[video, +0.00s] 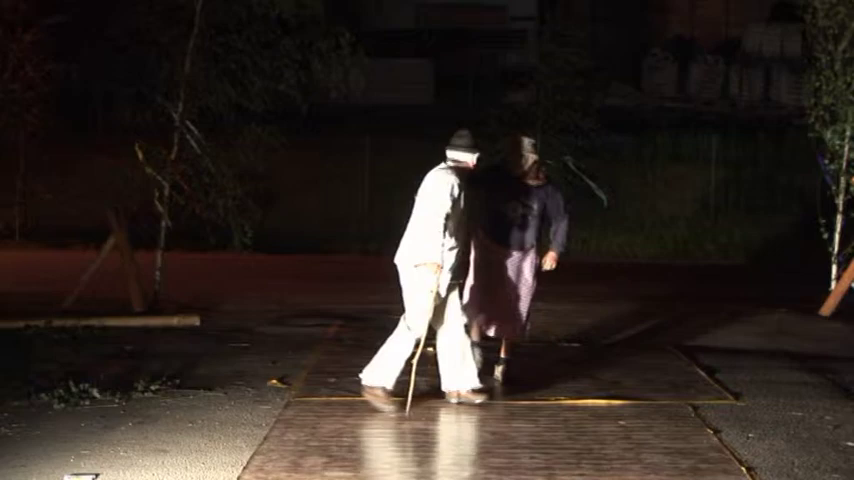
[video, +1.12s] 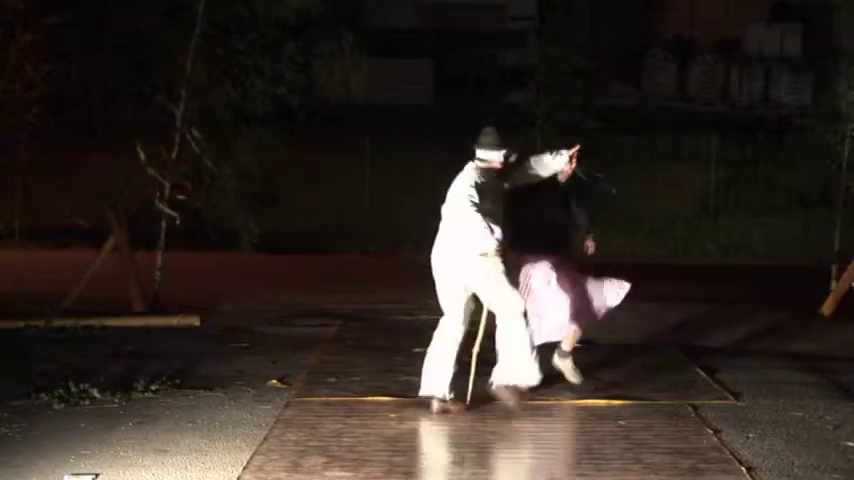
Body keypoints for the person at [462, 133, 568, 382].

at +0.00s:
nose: (520, 161)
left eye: (525, 156)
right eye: (517, 156)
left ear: (533, 158)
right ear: (507, 156)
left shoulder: (542, 188)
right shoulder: (490, 179)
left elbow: (559, 220)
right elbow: (472, 209)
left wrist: (554, 249)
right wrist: (472, 237)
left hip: (522, 254)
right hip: (487, 249)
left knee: (515, 307)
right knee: (478, 302)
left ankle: (502, 362)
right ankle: (474, 349)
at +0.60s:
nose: (524, 162)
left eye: (528, 157)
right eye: (519, 157)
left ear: (535, 158)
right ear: (510, 158)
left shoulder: (544, 184)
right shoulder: (498, 182)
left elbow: (556, 215)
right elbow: (487, 217)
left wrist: (555, 245)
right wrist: (494, 248)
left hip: (536, 254)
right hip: (505, 254)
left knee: (536, 310)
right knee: (512, 311)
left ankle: (518, 349)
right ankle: (517, 367)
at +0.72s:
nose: (481, 167)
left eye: (481, 162)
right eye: (476, 163)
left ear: (478, 165)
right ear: (461, 164)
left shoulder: (482, 197)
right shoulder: (446, 187)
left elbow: (522, 210)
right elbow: (427, 220)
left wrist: (560, 219)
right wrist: (446, 252)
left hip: (474, 269)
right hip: (440, 265)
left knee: (472, 329)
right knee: (477, 299)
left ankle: (452, 391)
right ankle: (439, 351)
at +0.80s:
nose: (485, 158)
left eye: (485, 152)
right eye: (480, 153)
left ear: (484, 154)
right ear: (466, 155)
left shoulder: (487, 180)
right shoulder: (450, 179)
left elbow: (520, 182)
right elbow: (433, 216)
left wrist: (559, 177)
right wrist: (445, 254)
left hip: (477, 261)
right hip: (453, 260)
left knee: (466, 323)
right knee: (490, 267)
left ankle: (449, 388)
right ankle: (475, 345)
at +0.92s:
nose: (495, 146)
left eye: (495, 141)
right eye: (491, 142)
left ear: (490, 141)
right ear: (477, 142)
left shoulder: (490, 162)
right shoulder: (459, 170)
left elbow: (520, 156)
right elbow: (448, 214)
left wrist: (554, 147)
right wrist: (457, 248)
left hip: (474, 236)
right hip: (448, 242)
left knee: (504, 252)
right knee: (454, 304)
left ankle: (509, 321)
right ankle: (443, 375)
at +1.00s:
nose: (501, 148)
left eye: (501, 142)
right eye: (495, 143)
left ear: (498, 142)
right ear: (480, 144)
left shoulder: (495, 160)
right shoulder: (464, 170)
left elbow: (525, 154)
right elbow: (456, 221)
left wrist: (556, 144)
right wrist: (483, 250)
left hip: (475, 241)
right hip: (447, 244)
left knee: (510, 264)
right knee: (456, 306)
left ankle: (521, 340)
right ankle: (439, 375)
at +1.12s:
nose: (503, 160)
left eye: (503, 155)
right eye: (499, 155)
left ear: (491, 155)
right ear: (488, 156)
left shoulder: (493, 175)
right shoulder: (469, 181)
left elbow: (524, 171)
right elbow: (468, 217)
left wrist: (557, 160)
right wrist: (488, 247)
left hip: (449, 258)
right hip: (470, 257)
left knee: (454, 319)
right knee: (510, 306)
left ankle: (436, 390)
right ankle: (509, 379)